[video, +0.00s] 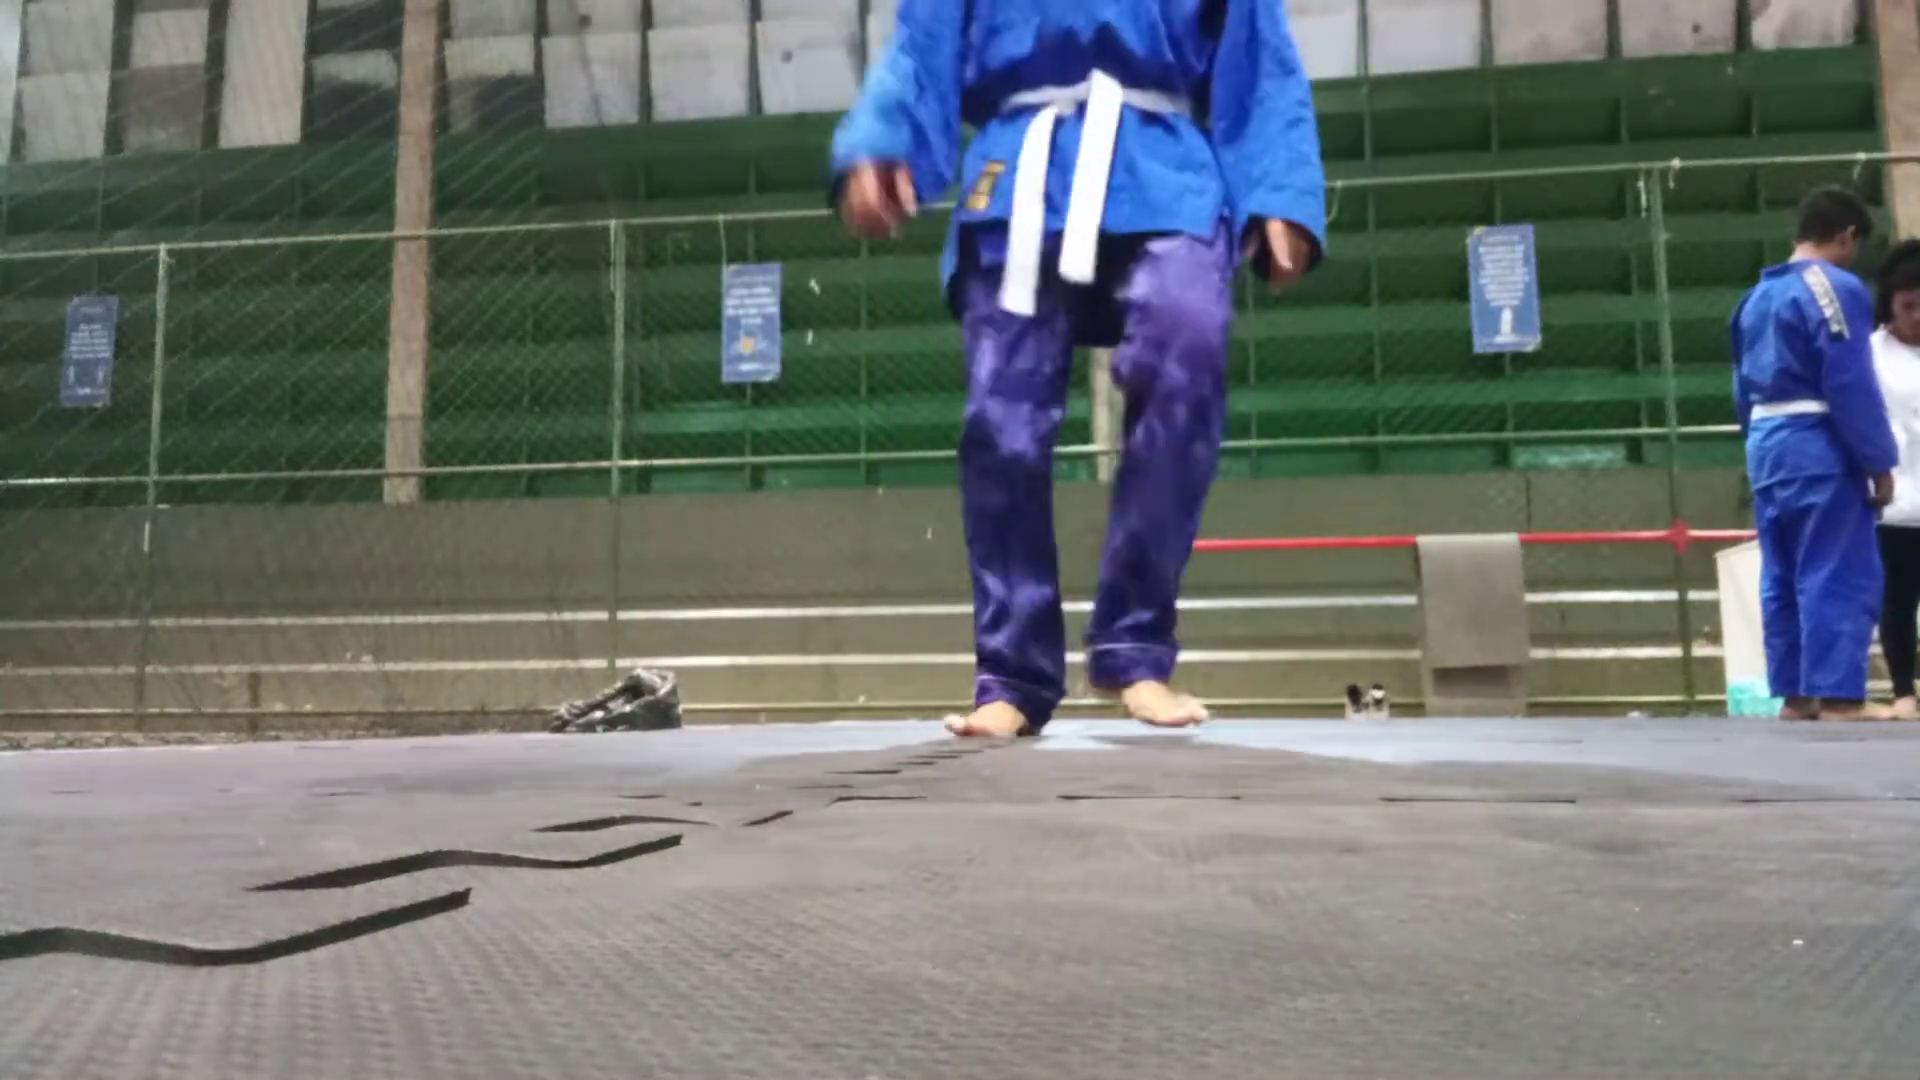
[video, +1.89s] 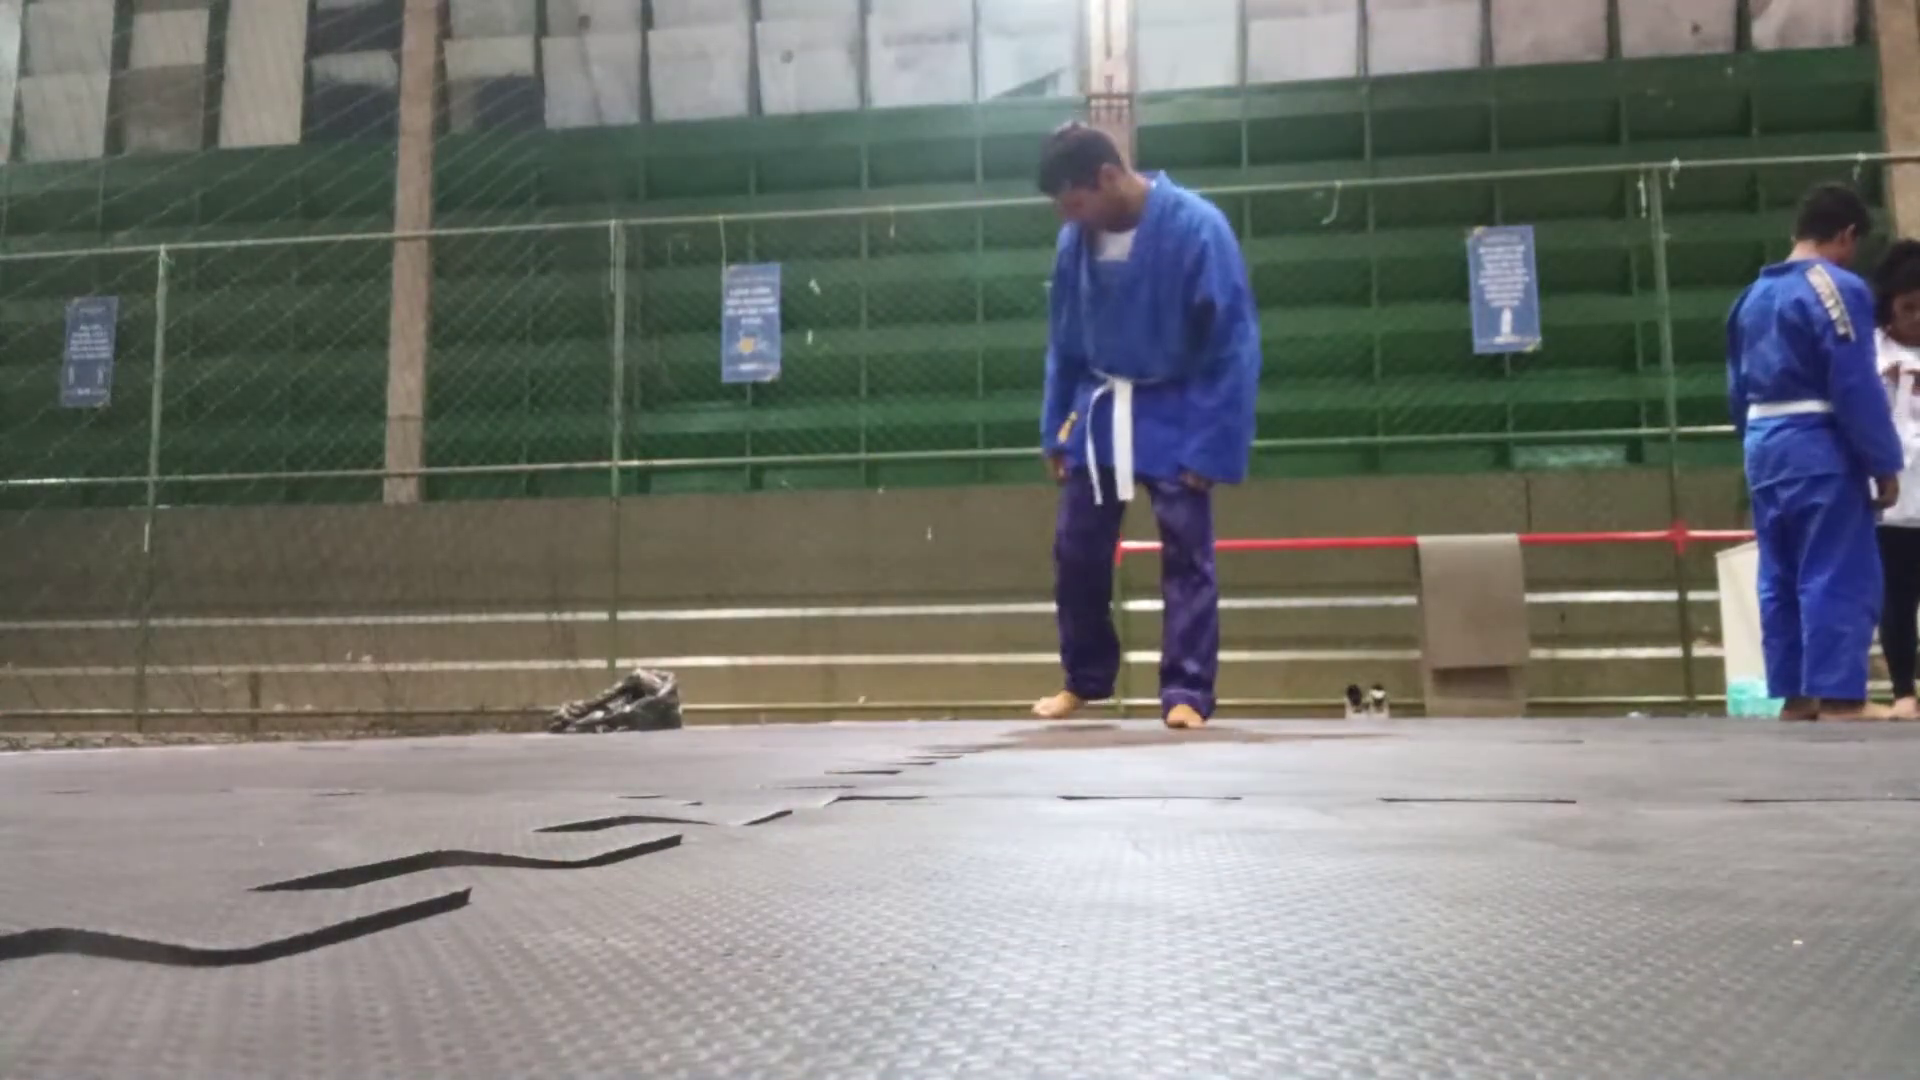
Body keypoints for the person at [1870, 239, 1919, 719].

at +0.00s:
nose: (1914, 315)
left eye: (1918, 305)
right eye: (1907, 305)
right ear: (1889, 305)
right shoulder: (1869, 351)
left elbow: (1860, 418)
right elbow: (1856, 416)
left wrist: (1871, 470)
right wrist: (1870, 473)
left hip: (1910, 498)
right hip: (1894, 498)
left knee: (1906, 605)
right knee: (1898, 605)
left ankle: (1907, 689)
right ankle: (1903, 690)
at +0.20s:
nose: (1915, 315)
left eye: (1918, 306)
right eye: (1909, 306)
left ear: (1919, 307)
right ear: (1891, 305)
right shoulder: (1872, 349)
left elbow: (1863, 412)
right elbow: (1858, 412)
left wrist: (1874, 463)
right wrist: (1874, 466)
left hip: (1911, 495)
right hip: (1895, 495)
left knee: (1906, 603)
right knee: (1898, 603)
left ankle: (1907, 688)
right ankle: (1903, 689)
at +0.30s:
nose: (1916, 316)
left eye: (1919, 307)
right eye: (1911, 306)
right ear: (1893, 303)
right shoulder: (1872, 348)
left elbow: (1865, 408)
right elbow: (1860, 408)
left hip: (1913, 496)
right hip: (1895, 496)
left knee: (1907, 603)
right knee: (1898, 603)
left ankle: (1908, 689)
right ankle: (1904, 690)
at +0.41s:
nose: (1916, 315)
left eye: (1919, 306)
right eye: (1910, 306)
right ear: (1893, 305)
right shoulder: (1873, 349)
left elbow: (1861, 414)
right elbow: (1857, 413)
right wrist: (1873, 471)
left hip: (1913, 499)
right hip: (1895, 499)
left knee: (1907, 605)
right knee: (1898, 605)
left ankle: (1908, 689)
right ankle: (1904, 690)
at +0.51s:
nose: (1917, 315)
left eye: (1919, 305)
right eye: (1911, 305)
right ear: (1893, 305)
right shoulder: (1871, 350)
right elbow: (1854, 408)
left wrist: (1898, 401)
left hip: (1913, 499)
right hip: (1894, 500)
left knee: (1907, 604)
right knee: (1898, 604)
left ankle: (1908, 689)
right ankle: (1904, 690)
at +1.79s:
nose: (1914, 316)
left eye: (1918, 307)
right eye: (1908, 307)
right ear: (1889, 307)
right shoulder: (1870, 351)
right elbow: (1853, 412)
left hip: (1914, 496)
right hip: (1893, 497)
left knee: (1906, 603)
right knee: (1898, 603)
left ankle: (1908, 688)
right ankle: (1904, 689)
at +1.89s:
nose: (1914, 317)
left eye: (1918, 307)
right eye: (1907, 307)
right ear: (1889, 307)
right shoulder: (1871, 349)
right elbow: (1855, 414)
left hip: (1914, 496)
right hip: (1893, 497)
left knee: (1907, 603)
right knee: (1898, 603)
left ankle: (1908, 688)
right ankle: (1904, 690)